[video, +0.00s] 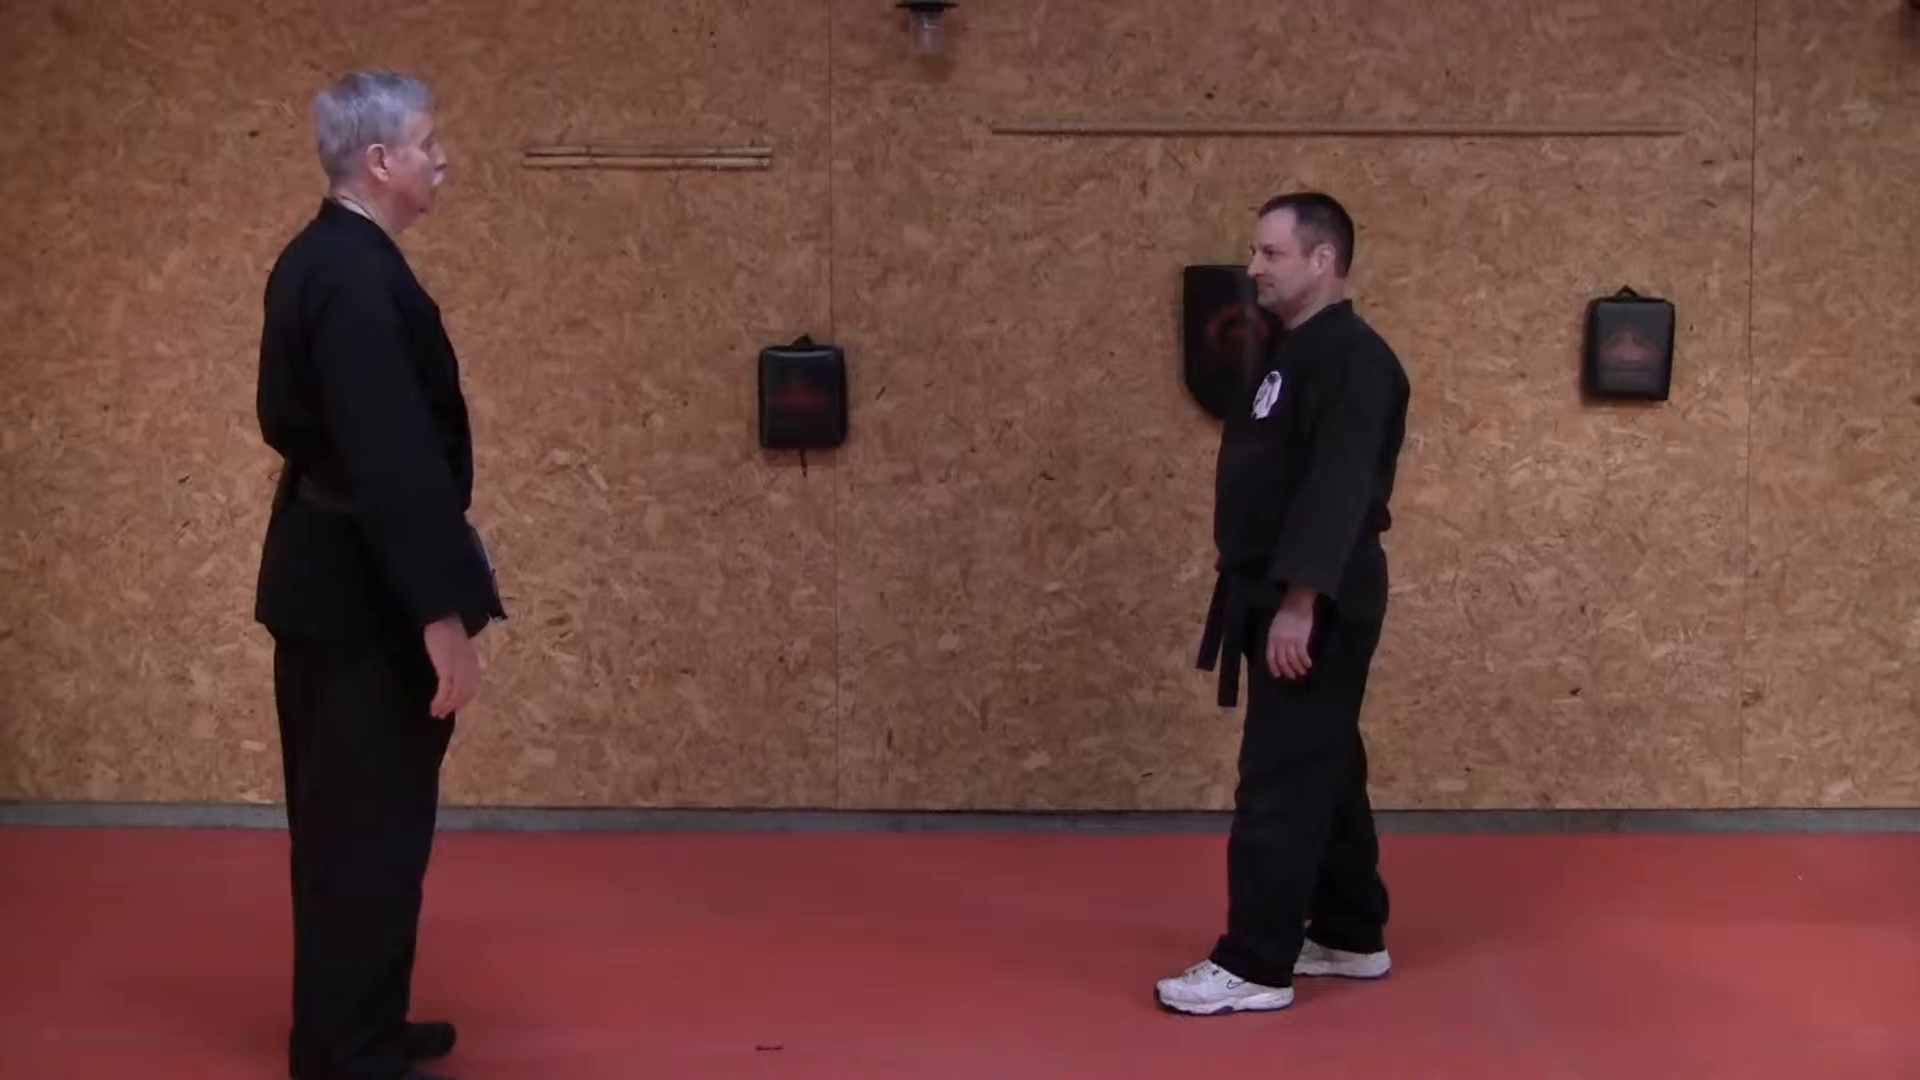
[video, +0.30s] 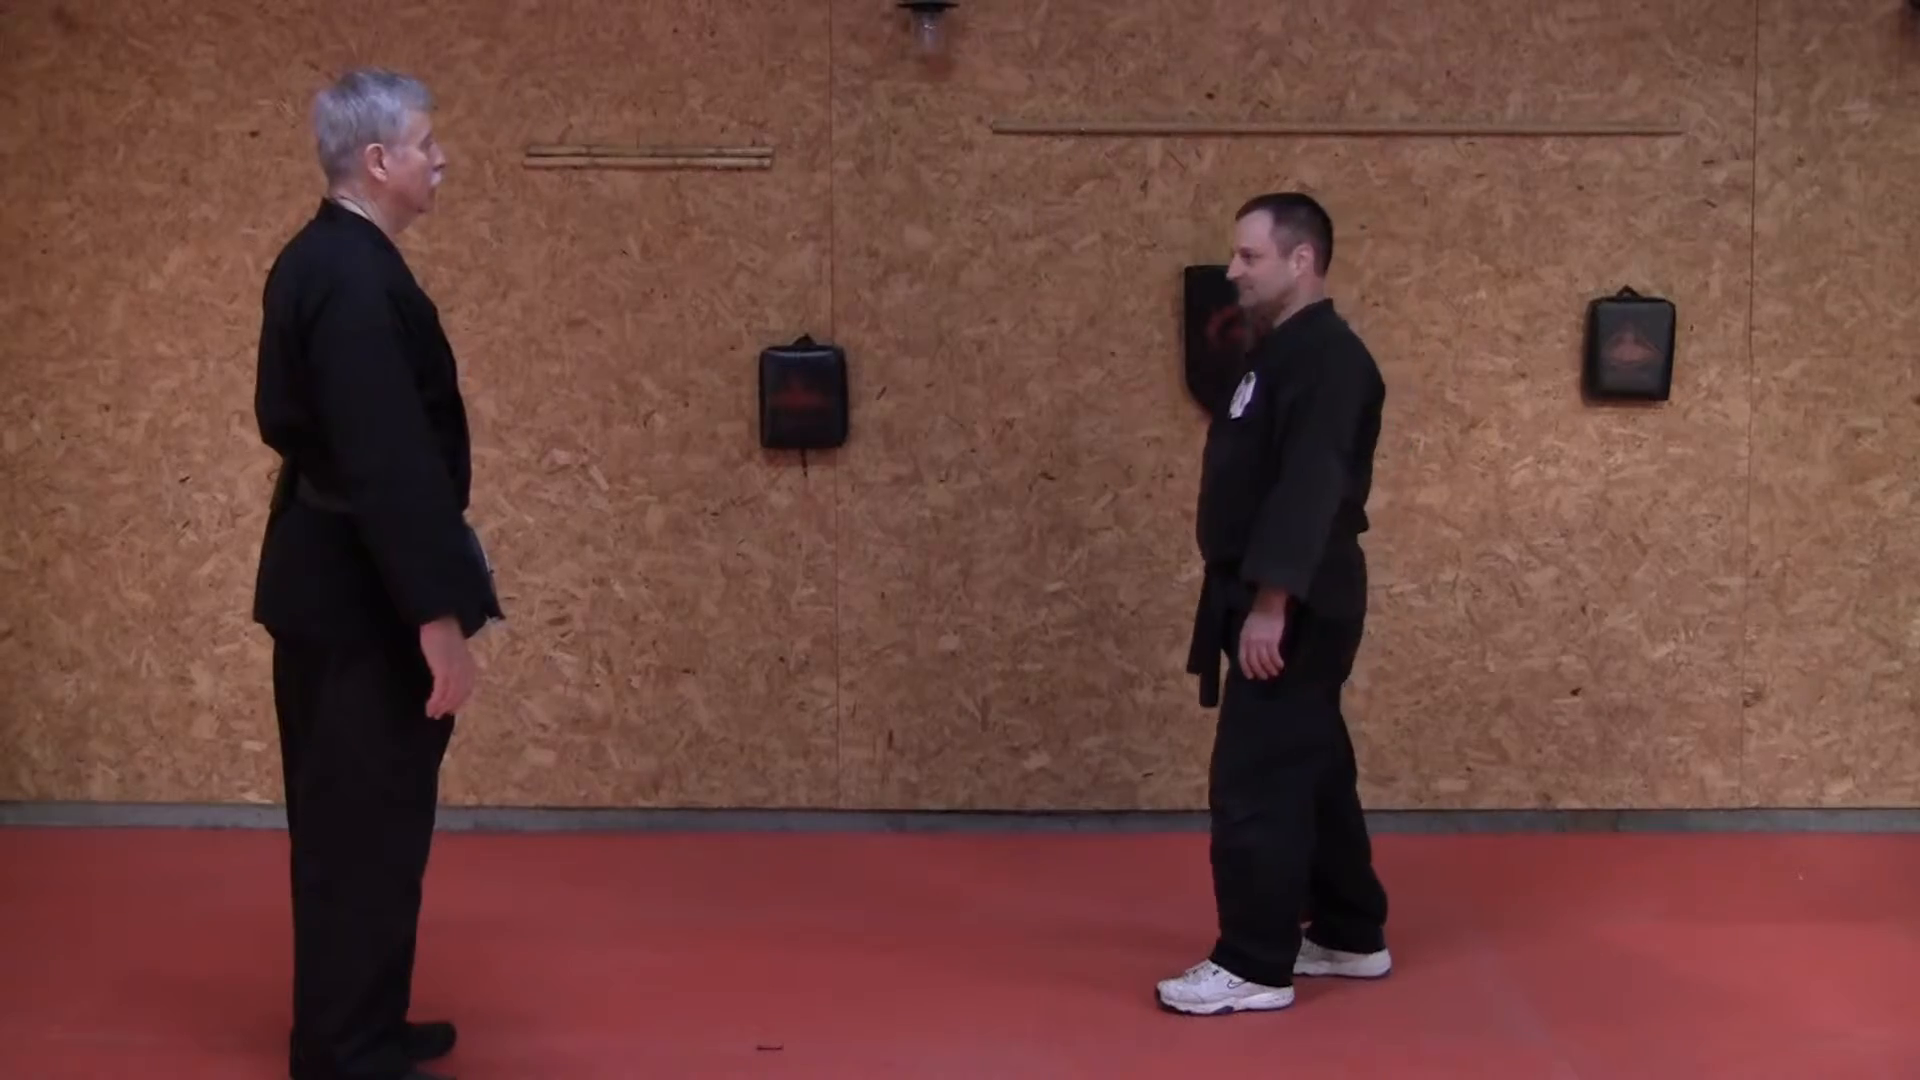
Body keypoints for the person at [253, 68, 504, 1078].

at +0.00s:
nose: (443, 163)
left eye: (437, 143)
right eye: (429, 145)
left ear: (361, 161)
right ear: (379, 160)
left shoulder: (317, 259)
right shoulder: (358, 274)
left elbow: (297, 428)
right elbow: (393, 459)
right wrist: (442, 617)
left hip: (330, 583)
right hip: (363, 596)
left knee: (354, 823)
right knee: (370, 830)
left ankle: (358, 1023)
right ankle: (344, 1042)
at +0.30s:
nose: (440, 162)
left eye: (435, 143)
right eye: (427, 145)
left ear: (359, 160)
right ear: (377, 159)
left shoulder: (315, 259)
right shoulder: (356, 273)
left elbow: (296, 430)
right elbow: (390, 460)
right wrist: (439, 620)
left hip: (329, 584)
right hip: (364, 596)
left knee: (353, 823)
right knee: (368, 830)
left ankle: (356, 1022)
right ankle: (345, 1042)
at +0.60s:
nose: (443, 163)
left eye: (438, 144)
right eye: (429, 145)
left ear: (361, 160)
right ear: (379, 159)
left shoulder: (314, 259)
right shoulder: (356, 271)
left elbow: (285, 423)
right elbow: (387, 457)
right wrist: (432, 618)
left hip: (325, 580)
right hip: (361, 593)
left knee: (346, 819)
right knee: (367, 827)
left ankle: (356, 1022)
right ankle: (344, 1041)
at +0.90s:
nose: (448, 170)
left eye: (444, 150)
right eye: (437, 153)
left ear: (372, 165)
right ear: (388, 164)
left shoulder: (328, 257)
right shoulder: (353, 271)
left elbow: (280, 422)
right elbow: (380, 458)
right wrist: (438, 615)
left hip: (329, 579)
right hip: (337, 590)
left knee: (362, 814)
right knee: (347, 821)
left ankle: (351, 1017)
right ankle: (306, 1037)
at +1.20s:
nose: (414, 204)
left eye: (410, 186)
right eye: (399, 188)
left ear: (334, 202)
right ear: (345, 200)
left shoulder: (287, 293)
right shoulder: (329, 310)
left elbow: (237, 424)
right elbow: (440, 439)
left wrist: (235, 522)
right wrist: (594, 542)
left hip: (366, 597)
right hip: (322, 609)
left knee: (489, 740)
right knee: (315, 860)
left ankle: (424, 962)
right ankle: (224, 1064)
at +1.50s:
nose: (424, 236)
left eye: (422, 218)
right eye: (406, 219)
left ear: (372, 229)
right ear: (351, 228)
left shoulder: (431, 337)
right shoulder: (286, 346)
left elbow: (528, 462)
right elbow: (382, 420)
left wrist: (540, 352)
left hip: (441, 606)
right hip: (331, 617)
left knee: (527, 793)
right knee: (340, 838)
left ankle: (506, 974)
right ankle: (232, 1064)